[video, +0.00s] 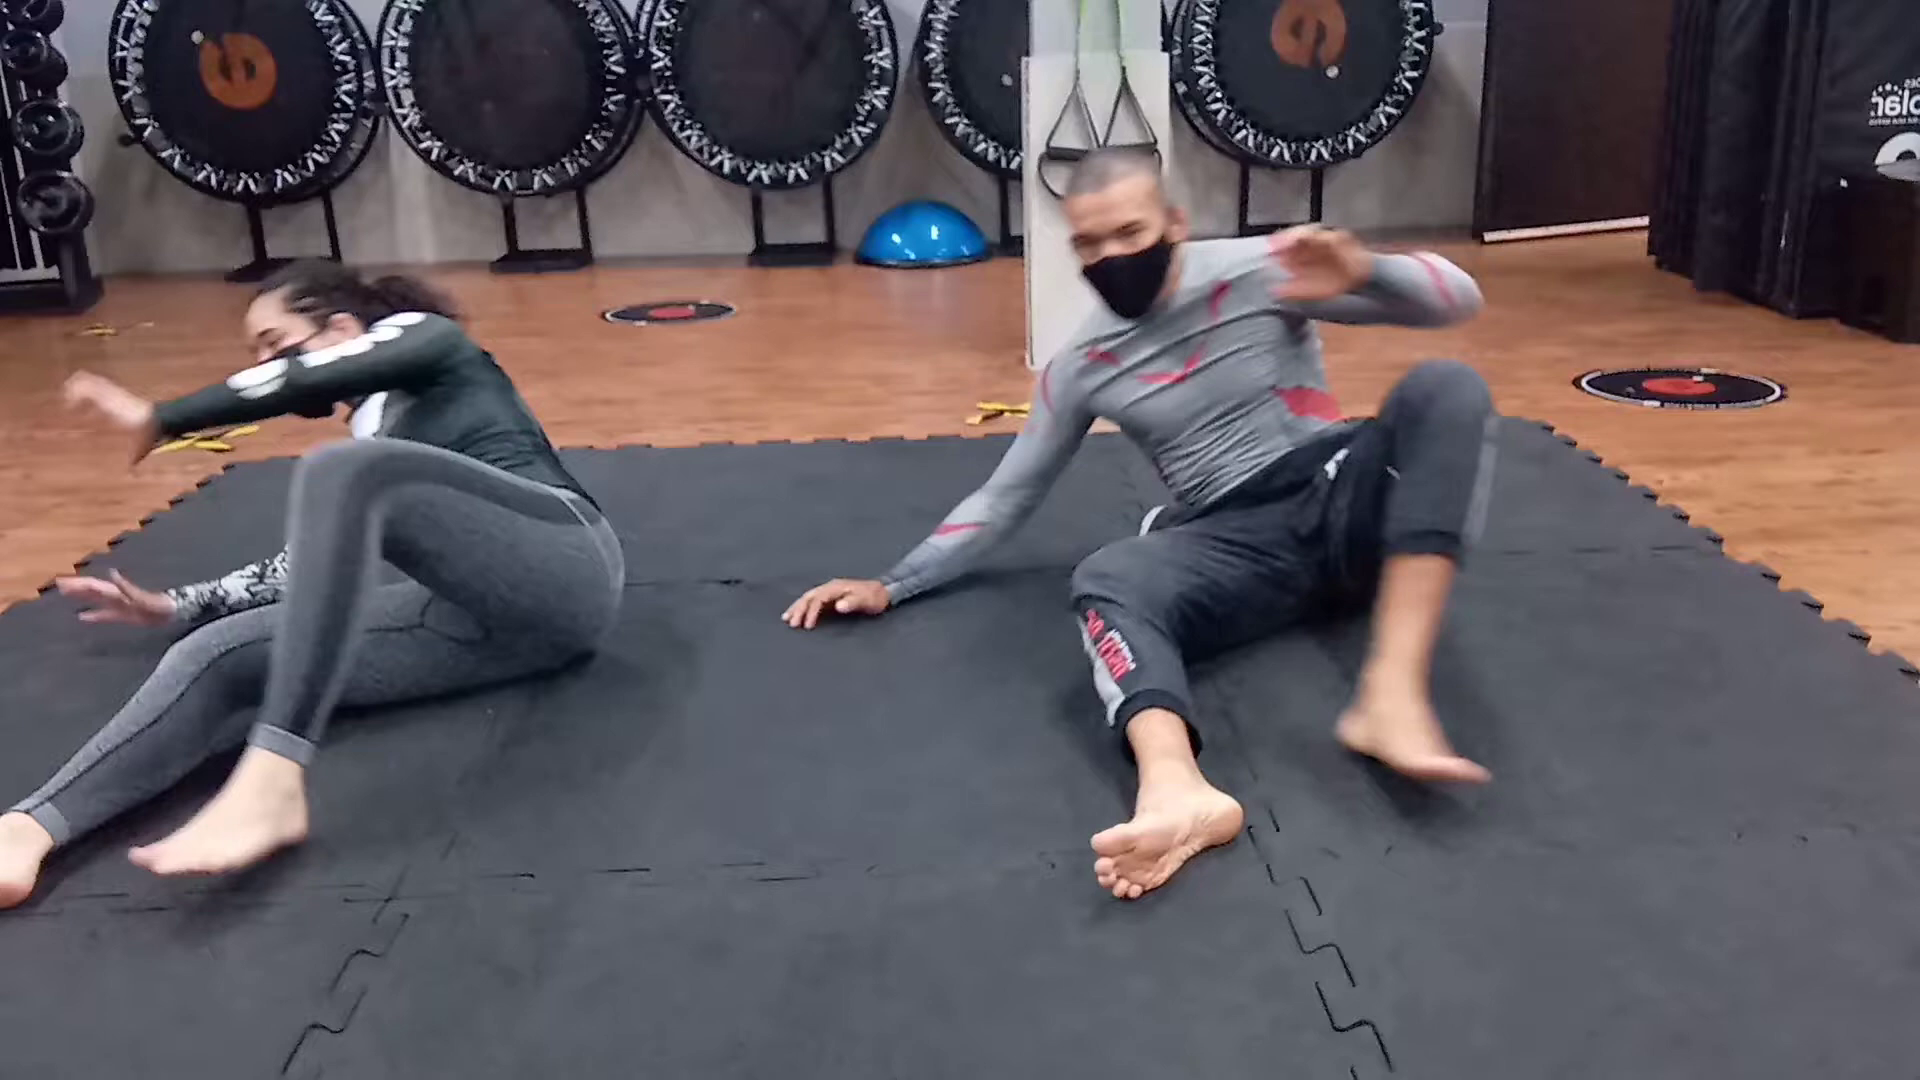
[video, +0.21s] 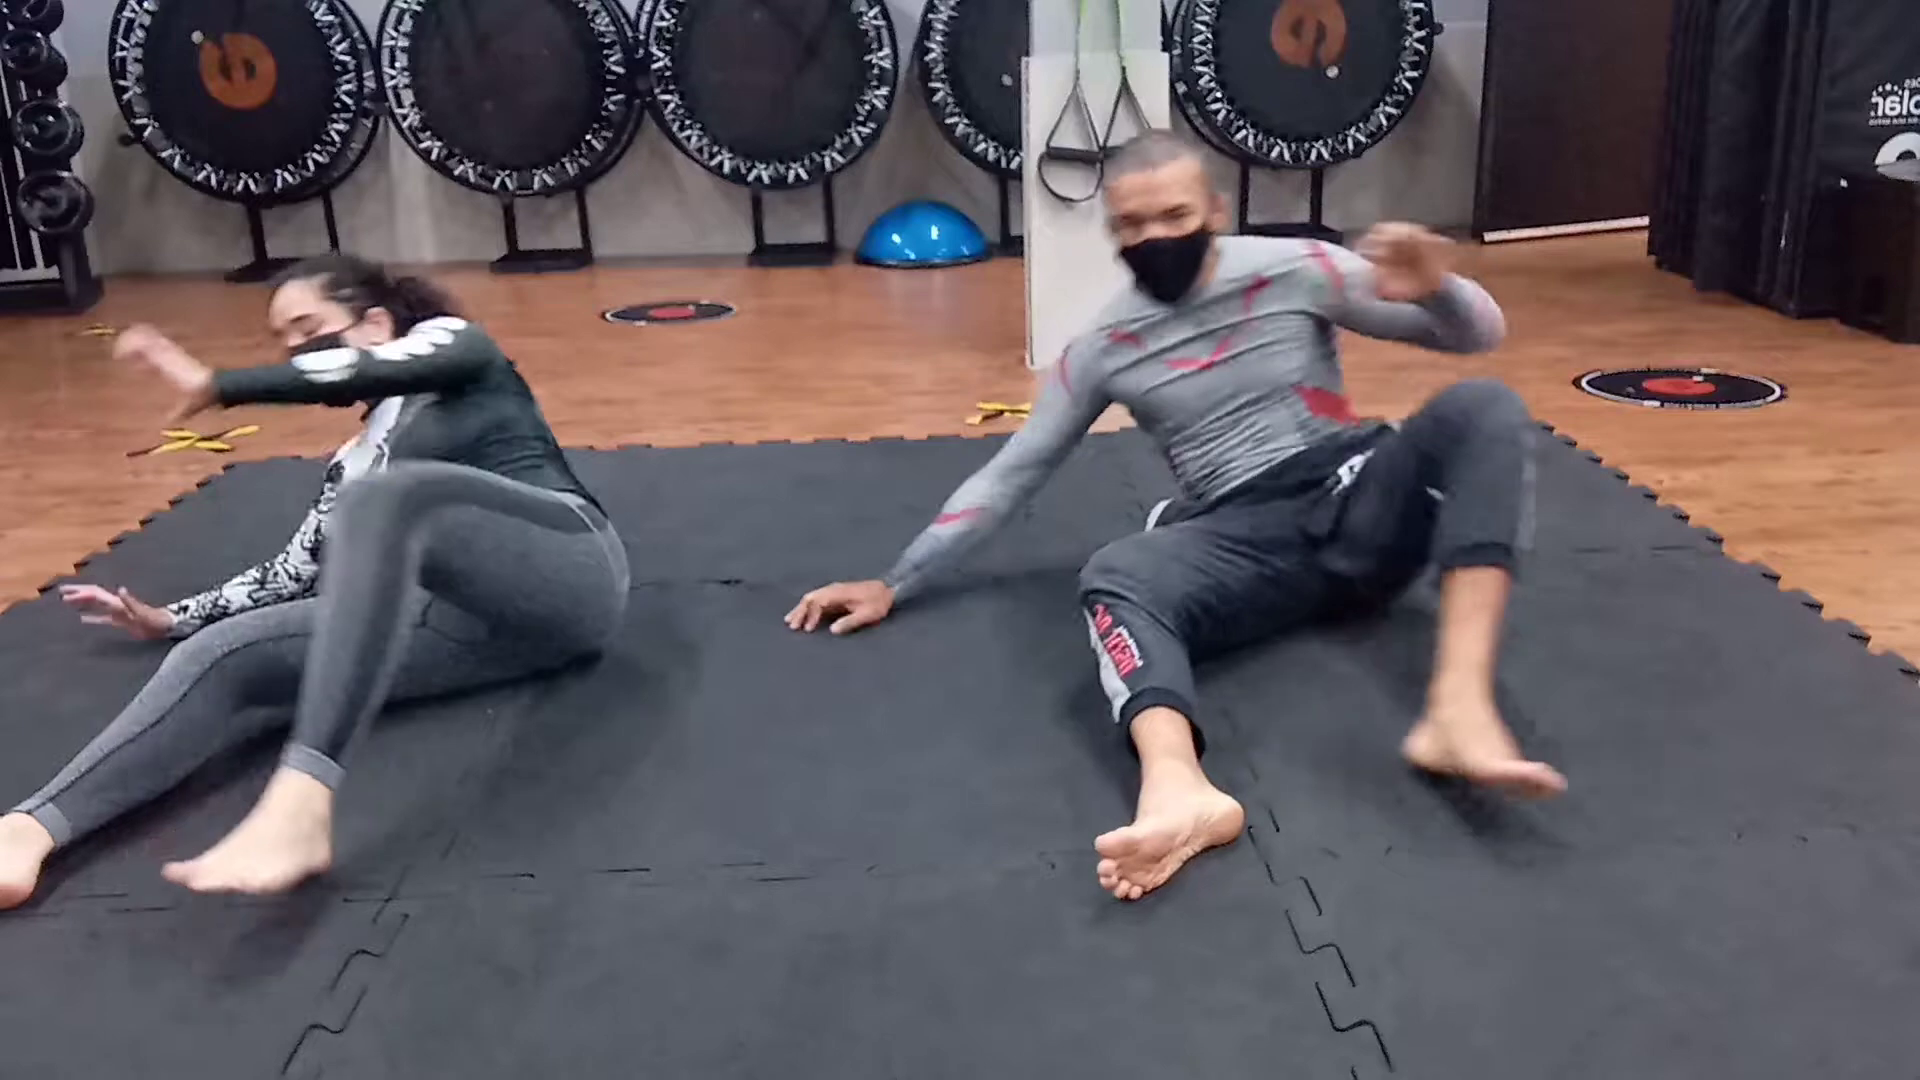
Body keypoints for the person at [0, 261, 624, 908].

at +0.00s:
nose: (278, 366)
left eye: (289, 343)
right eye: (268, 355)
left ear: (351, 321)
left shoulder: (436, 339)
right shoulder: (367, 441)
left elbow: (311, 381)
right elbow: (314, 563)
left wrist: (160, 418)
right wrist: (179, 606)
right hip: (483, 631)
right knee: (221, 654)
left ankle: (273, 782)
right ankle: (29, 832)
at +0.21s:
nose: (299, 357)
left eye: (313, 334)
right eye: (287, 347)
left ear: (376, 315)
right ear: (284, 352)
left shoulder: (456, 343)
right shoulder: (355, 465)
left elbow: (356, 375)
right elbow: (297, 574)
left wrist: (216, 386)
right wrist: (173, 619)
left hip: (575, 573)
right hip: (478, 635)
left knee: (387, 496)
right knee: (225, 652)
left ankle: (301, 803)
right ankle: (30, 832)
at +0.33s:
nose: (327, 334)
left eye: (344, 313)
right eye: (317, 324)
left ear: (407, 313)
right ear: (317, 339)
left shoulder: (479, 342)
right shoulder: (360, 456)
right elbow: (298, 576)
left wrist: (292, 357)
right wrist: (175, 622)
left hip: (574, 573)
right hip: (459, 627)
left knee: (428, 525)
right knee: (226, 648)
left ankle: (360, 815)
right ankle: (29, 832)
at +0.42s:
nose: (349, 316)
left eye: (367, 294)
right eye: (335, 304)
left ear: (429, 302)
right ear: (320, 319)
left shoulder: (496, 343)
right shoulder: (360, 442)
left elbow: (505, 375)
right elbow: (303, 572)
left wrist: (354, 341)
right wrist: (174, 625)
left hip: (573, 573)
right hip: (458, 605)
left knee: (463, 530)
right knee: (230, 648)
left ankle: (420, 815)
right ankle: (30, 833)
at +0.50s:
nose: (387, 309)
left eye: (405, 286)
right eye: (363, 297)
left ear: (445, 289)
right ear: (342, 310)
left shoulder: (505, 347)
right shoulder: (364, 422)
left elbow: (567, 391)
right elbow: (295, 547)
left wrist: (437, 342)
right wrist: (178, 626)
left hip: (570, 573)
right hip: (444, 595)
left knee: (499, 529)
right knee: (232, 654)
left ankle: (483, 807)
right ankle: (33, 836)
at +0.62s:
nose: (441, 272)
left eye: (459, 257)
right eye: (421, 258)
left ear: (491, 271)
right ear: (387, 280)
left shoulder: (537, 351)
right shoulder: (378, 398)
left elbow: (644, 439)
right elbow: (288, 519)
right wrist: (178, 626)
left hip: (574, 567)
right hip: (451, 589)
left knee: (535, 526)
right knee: (243, 654)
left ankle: (554, 796)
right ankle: (66, 837)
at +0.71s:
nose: (485, 266)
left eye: (504, 252)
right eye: (463, 248)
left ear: (524, 267)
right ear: (418, 268)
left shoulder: (561, 350)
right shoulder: (391, 387)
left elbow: (670, 468)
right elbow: (300, 506)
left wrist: (662, 424)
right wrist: (195, 618)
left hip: (571, 567)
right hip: (457, 586)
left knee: (564, 526)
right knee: (257, 650)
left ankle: (588, 806)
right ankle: (94, 838)